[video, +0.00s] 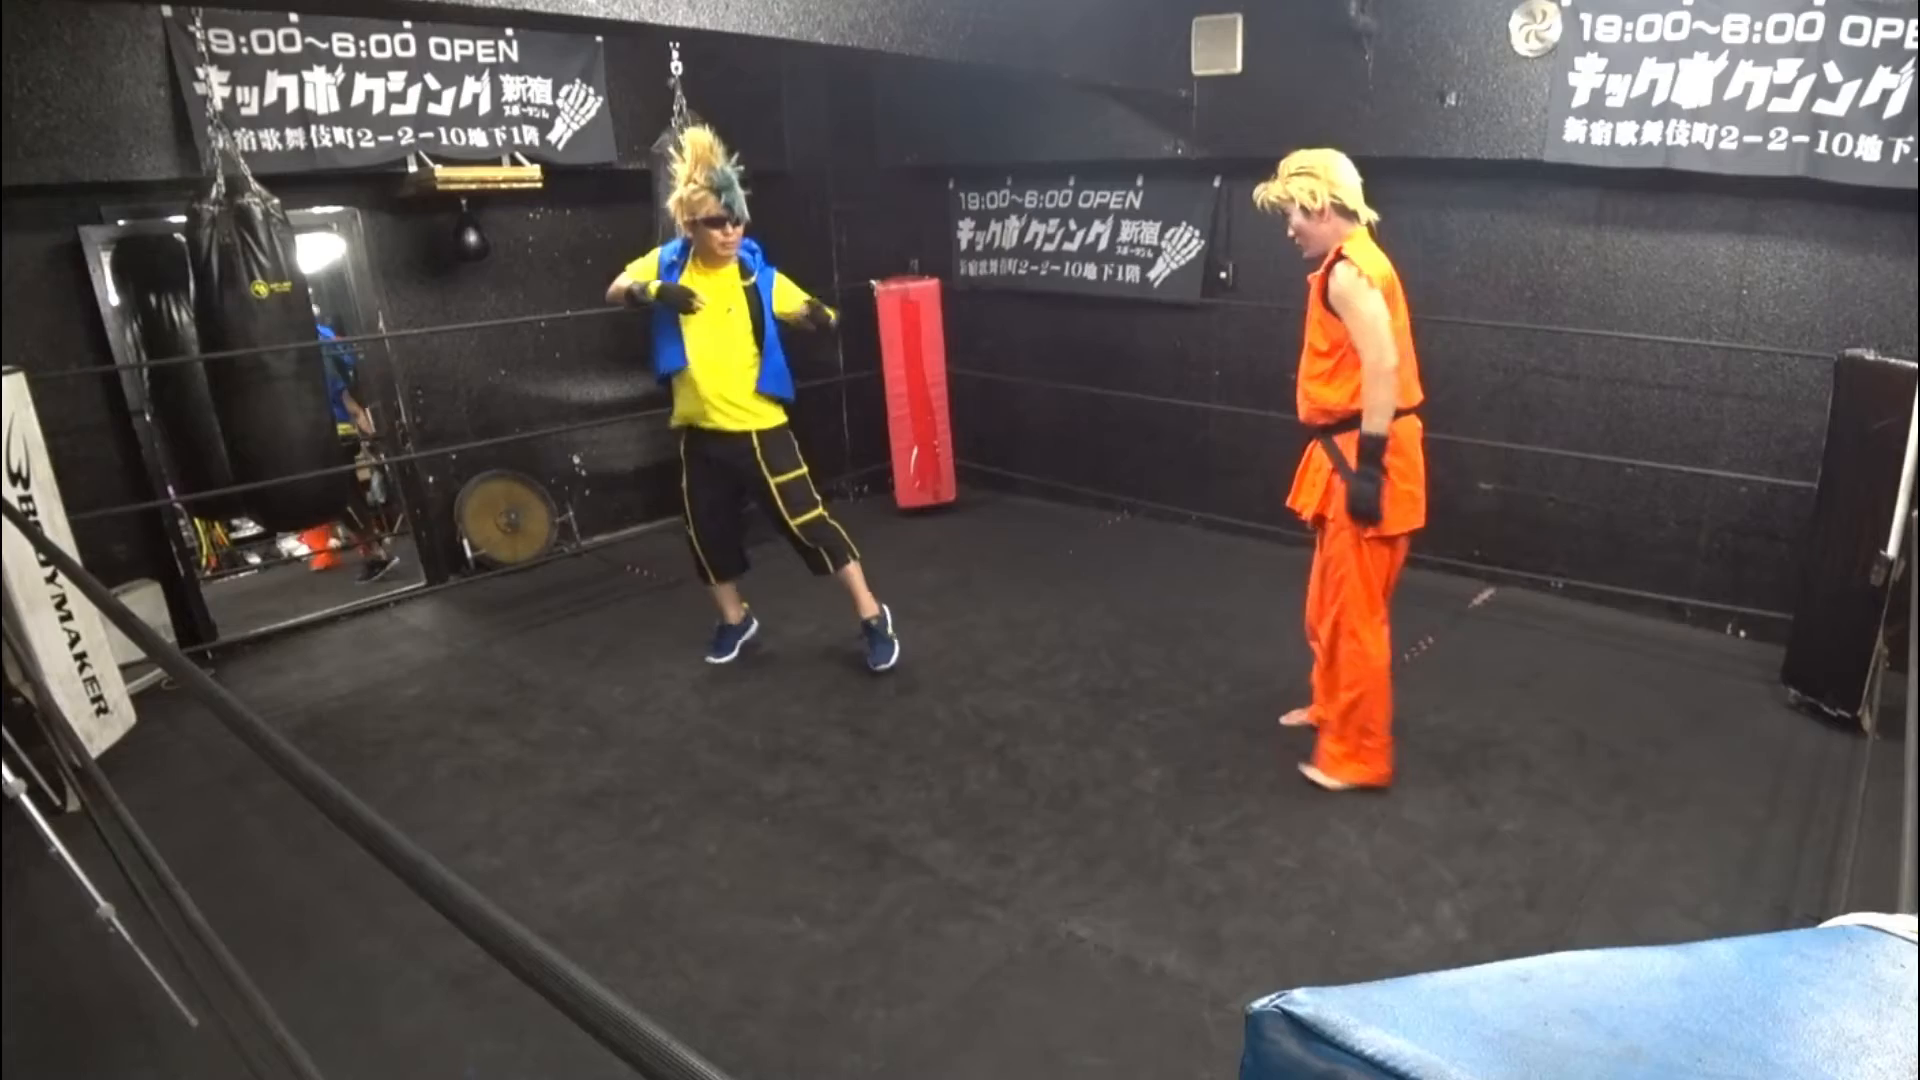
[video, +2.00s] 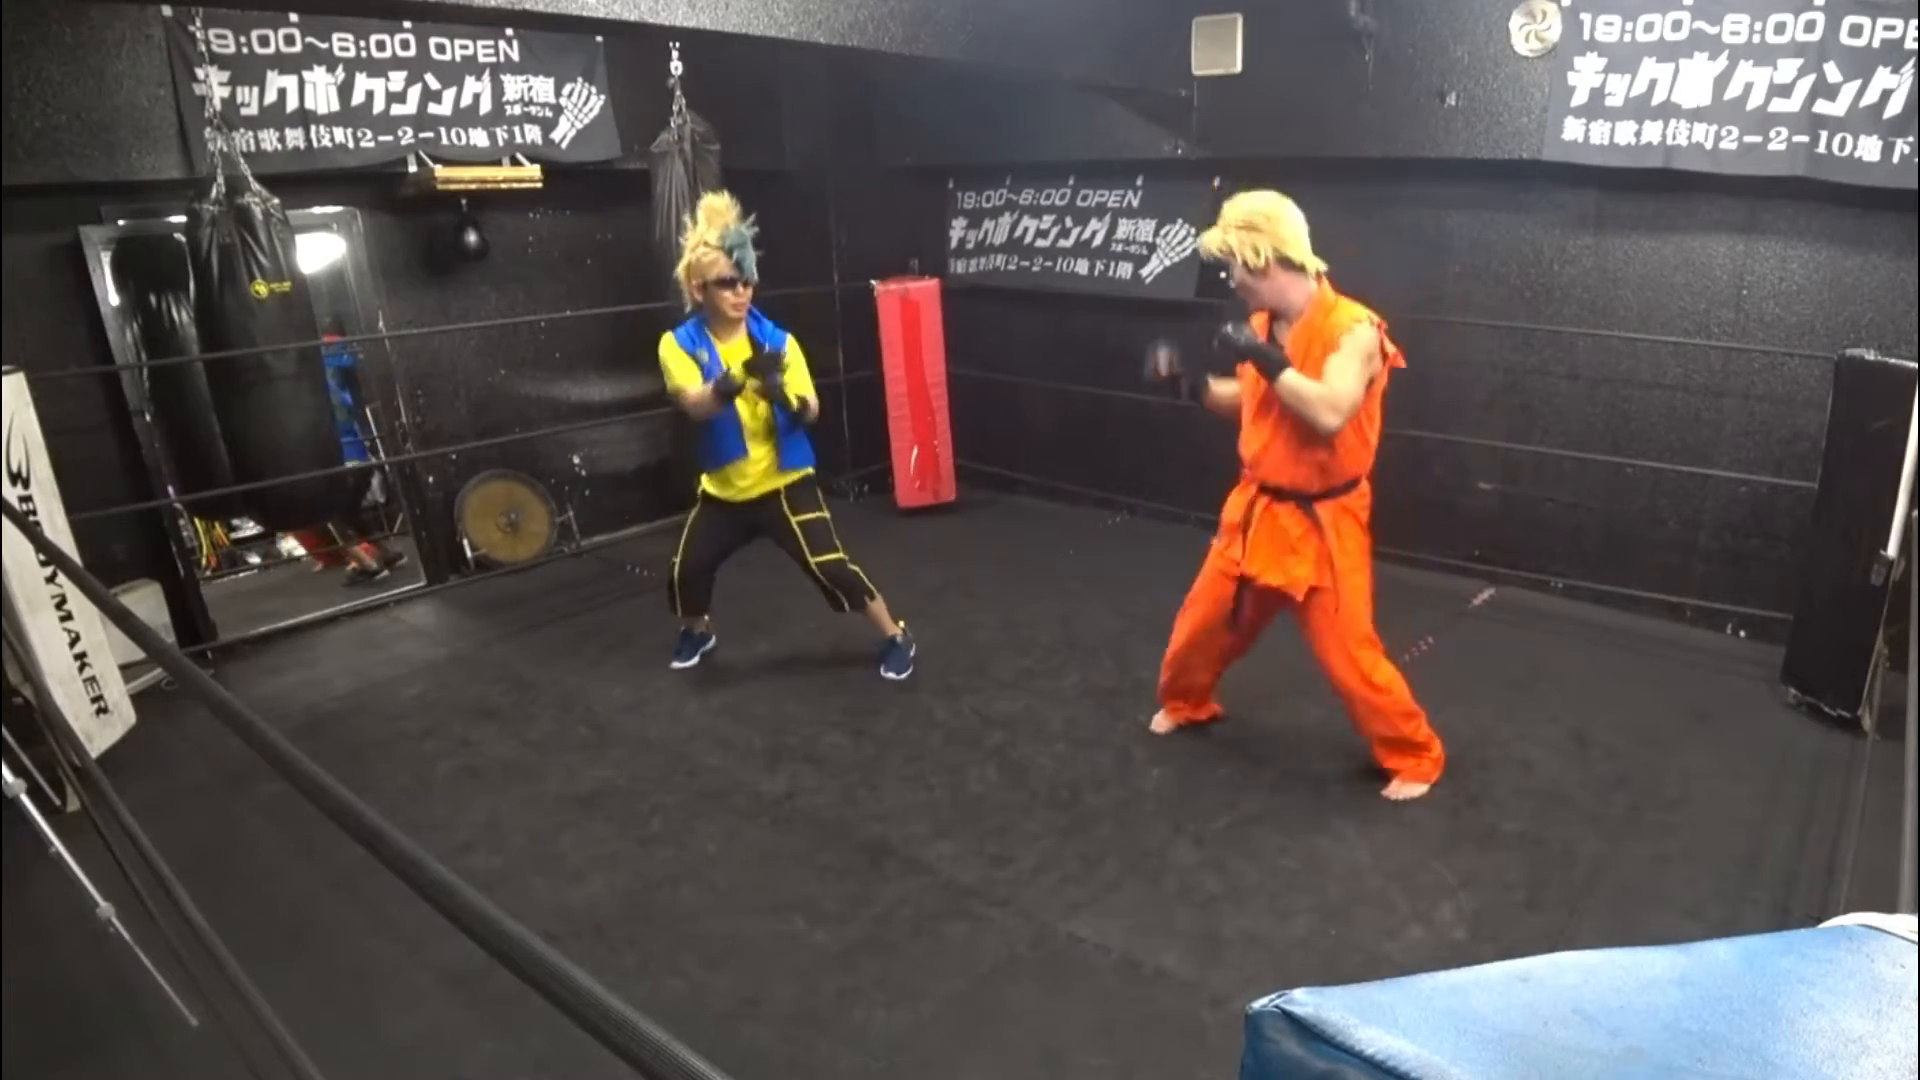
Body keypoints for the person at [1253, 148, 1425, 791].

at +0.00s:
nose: (1290, 232)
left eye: (1296, 218)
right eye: (1288, 220)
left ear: (1330, 212)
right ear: (1329, 212)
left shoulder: (1349, 273)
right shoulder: (1357, 263)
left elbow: (1380, 367)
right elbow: (1377, 364)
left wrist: (1369, 466)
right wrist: (1348, 457)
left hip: (1363, 458)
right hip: (1350, 452)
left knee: (1353, 614)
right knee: (1330, 601)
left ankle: (1360, 756)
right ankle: (1334, 703)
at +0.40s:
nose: (1325, 246)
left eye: (1330, 231)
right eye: (1323, 233)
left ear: (1365, 224)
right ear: (1366, 227)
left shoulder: (1423, 314)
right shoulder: (1358, 306)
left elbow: (1402, 427)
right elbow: (1351, 409)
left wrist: (1318, 446)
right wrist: (1318, 469)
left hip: (1403, 507)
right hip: (1348, 492)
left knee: (1400, 672)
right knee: (1319, 615)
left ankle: (1429, 819)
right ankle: (1340, 710)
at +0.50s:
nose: (1332, 249)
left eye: (1338, 233)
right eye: (1330, 235)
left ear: (1376, 225)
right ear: (1374, 227)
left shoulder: (1451, 319)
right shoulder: (1351, 301)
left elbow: (1442, 433)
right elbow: (1342, 395)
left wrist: (1345, 426)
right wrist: (1293, 433)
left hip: (1412, 504)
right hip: (1348, 488)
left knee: (1404, 670)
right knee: (1314, 610)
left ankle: (1429, 819)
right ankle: (1328, 713)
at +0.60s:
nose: (1324, 245)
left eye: (1331, 228)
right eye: (1322, 230)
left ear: (1372, 221)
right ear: (1362, 226)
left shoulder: (1455, 310)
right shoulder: (1343, 294)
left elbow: (1492, 417)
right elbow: (1312, 359)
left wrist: (1414, 436)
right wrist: (1246, 380)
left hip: (1409, 509)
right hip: (1337, 491)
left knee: (1408, 667)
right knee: (1312, 610)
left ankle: (1428, 816)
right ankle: (1300, 710)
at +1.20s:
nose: (1273, 279)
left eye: (1276, 264)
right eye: (1268, 267)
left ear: (1309, 247)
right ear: (1303, 249)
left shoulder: (1384, 316)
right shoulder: (1311, 315)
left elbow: (1426, 406)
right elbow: (1259, 377)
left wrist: (1331, 412)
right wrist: (1224, 364)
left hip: (1379, 512)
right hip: (1319, 503)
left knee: (1371, 673)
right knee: (1277, 622)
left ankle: (1429, 815)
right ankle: (1260, 716)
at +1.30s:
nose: (1286, 291)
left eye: (1290, 275)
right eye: (1280, 278)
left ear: (1325, 258)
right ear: (1321, 260)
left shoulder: (1385, 330)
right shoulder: (1325, 326)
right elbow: (1314, 408)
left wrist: (1269, 372)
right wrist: (1269, 409)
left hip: (1387, 525)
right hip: (1328, 512)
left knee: (1365, 685)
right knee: (1277, 624)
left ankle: (1429, 817)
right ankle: (1261, 715)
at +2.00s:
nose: (1230, 283)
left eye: (1233, 268)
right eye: (1227, 270)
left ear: (1266, 260)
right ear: (1268, 261)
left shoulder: (1355, 331)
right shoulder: (1262, 325)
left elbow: (1329, 412)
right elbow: (1252, 398)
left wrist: (1264, 358)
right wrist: (1191, 383)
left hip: (1325, 519)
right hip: (1256, 508)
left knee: (1346, 654)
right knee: (1197, 627)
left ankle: (1417, 758)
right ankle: (1187, 703)